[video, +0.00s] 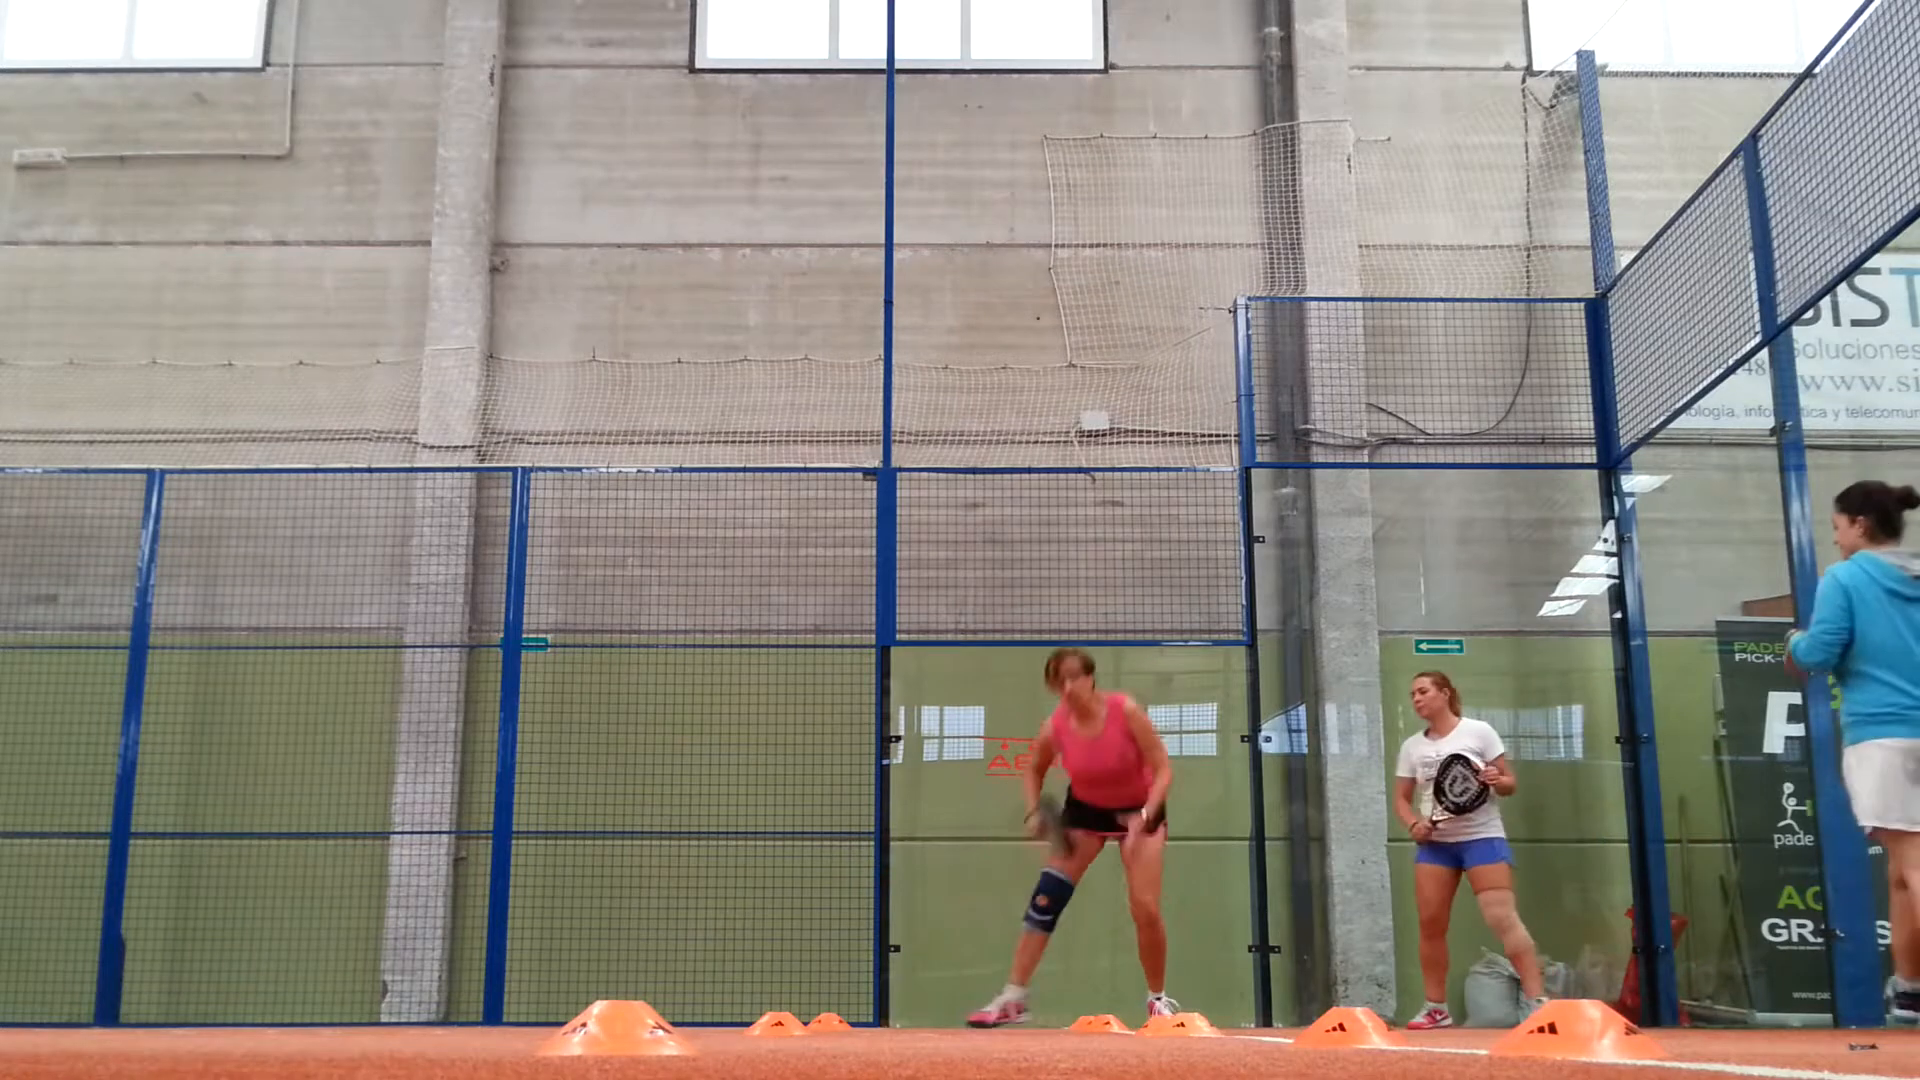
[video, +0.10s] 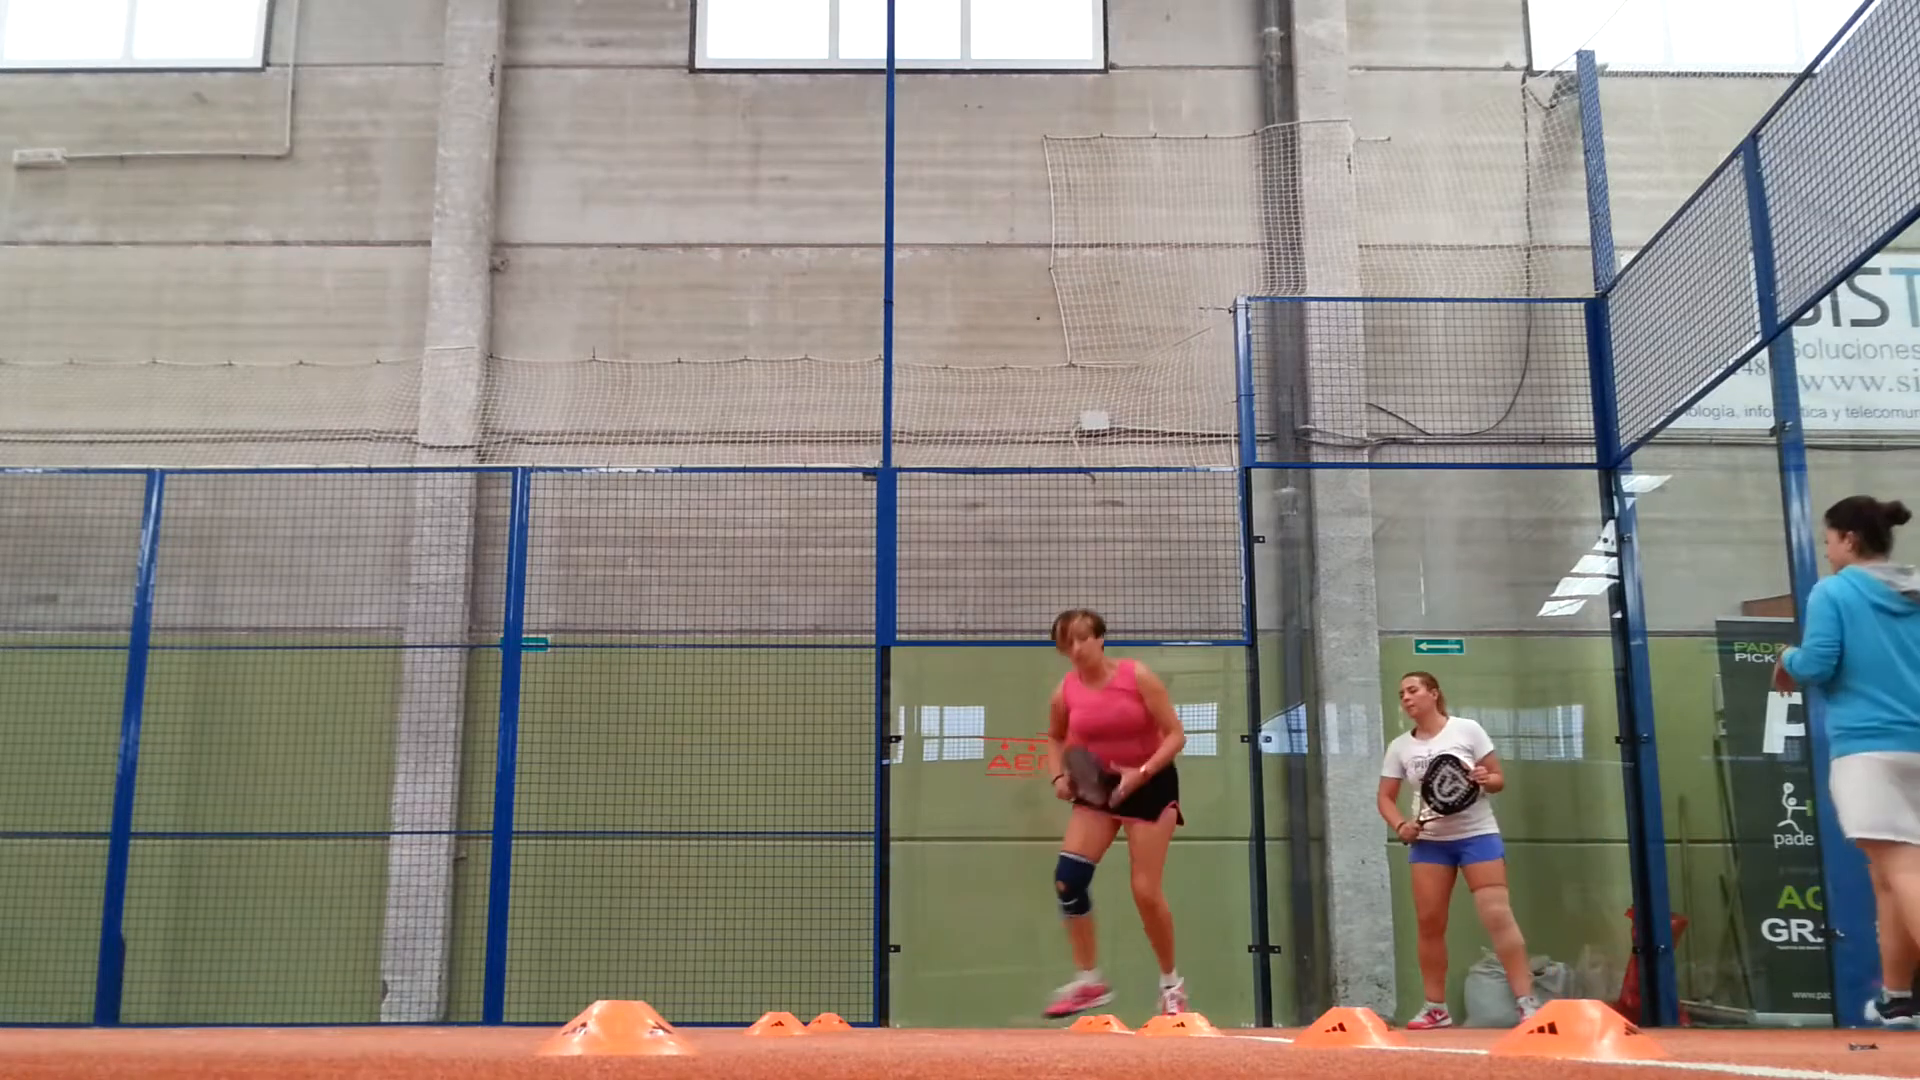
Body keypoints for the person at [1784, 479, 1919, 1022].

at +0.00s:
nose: (1835, 537)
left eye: (1837, 528)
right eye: (1834, 528)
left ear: (1859, 525)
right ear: (1883, 525)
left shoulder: (1846, 575)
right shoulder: (1911, 571)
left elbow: (1819, 656)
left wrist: (1792, 638)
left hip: (1886, 736)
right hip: (1914, 731)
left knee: (1907, 873)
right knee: (1904, 873)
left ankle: (1909, 990)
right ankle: (1907, 988)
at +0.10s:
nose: (1826, 547)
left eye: (1828, 538)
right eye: (1827, 539)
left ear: (1847, 539)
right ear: (1875, 540)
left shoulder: (1833, 591)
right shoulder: (1909, 586)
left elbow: (1817, 666)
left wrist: (1788, 659)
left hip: (1869, 746)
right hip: (1912, 742)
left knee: (1902, 871)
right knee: (1887, 875)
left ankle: (1909, 996)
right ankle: (1897, 999)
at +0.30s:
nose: (1804, 560)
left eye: (1806, 551)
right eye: (1805, 551)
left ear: (1822, 551)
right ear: (1858, 550)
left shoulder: (1810, 602)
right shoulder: (1901, 603)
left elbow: (1798, 674)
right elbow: (1914, 673)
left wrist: (1768, 667)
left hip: (1842, 762)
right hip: (1906, 755)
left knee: (1823, 875)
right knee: (1892, 879)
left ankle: (1888, 939)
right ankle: (1897, 1004)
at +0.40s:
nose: (1789, 569)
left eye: (1791, 560)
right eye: (1789, 560)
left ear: (1808, 557)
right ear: (1844, 557)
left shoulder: (1799, 605)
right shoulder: (1895, 612)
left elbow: (1780, 678)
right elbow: (1911, 686)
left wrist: (1759, 655)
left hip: (1828, 759)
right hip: (1898, 753)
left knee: (1809, 868)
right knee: (1886, 875)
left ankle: (1850, 962)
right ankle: (1894, 1001)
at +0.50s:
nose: (1775, 578)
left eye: (1777, 570)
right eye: (1775, 570)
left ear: (1796, 567)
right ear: (1824, 567)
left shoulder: (1790, 614)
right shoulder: (1874, 616)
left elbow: (1761, 685)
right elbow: (1883, 682)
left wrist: (1749, 646)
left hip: (1811, 765)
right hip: (1878, 758)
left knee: (1805, 880)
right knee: (1876, 878)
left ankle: (1809, 998)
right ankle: (1891, 1000)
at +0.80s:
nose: (1723, 608)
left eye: (1725, 599)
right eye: (1721, 600)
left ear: (1747, 594)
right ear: (1770, 592)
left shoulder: (1746, 638)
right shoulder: (1820, 641)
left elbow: (1712, 703)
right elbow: (1818, 703)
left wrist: (1711, 653)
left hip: (1762, 786)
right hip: (1825, 784)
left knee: (1771, 897)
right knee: (1830, 891)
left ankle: (1783, 1006)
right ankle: (1863, 959)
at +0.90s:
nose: (1711, 611)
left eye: (1713, 603)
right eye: (1710, 603)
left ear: (1734, 596)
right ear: (1756, 596)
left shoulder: (1733, 638)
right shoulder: (1811, 645)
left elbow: (1700, 703)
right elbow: (1831, 728)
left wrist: (1699, 652)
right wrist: (1842, 795)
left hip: (1755, 782)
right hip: (1814, 782)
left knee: (1771, 895)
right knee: (1811, 885)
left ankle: (1782, 1006)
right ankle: (1832, 954)